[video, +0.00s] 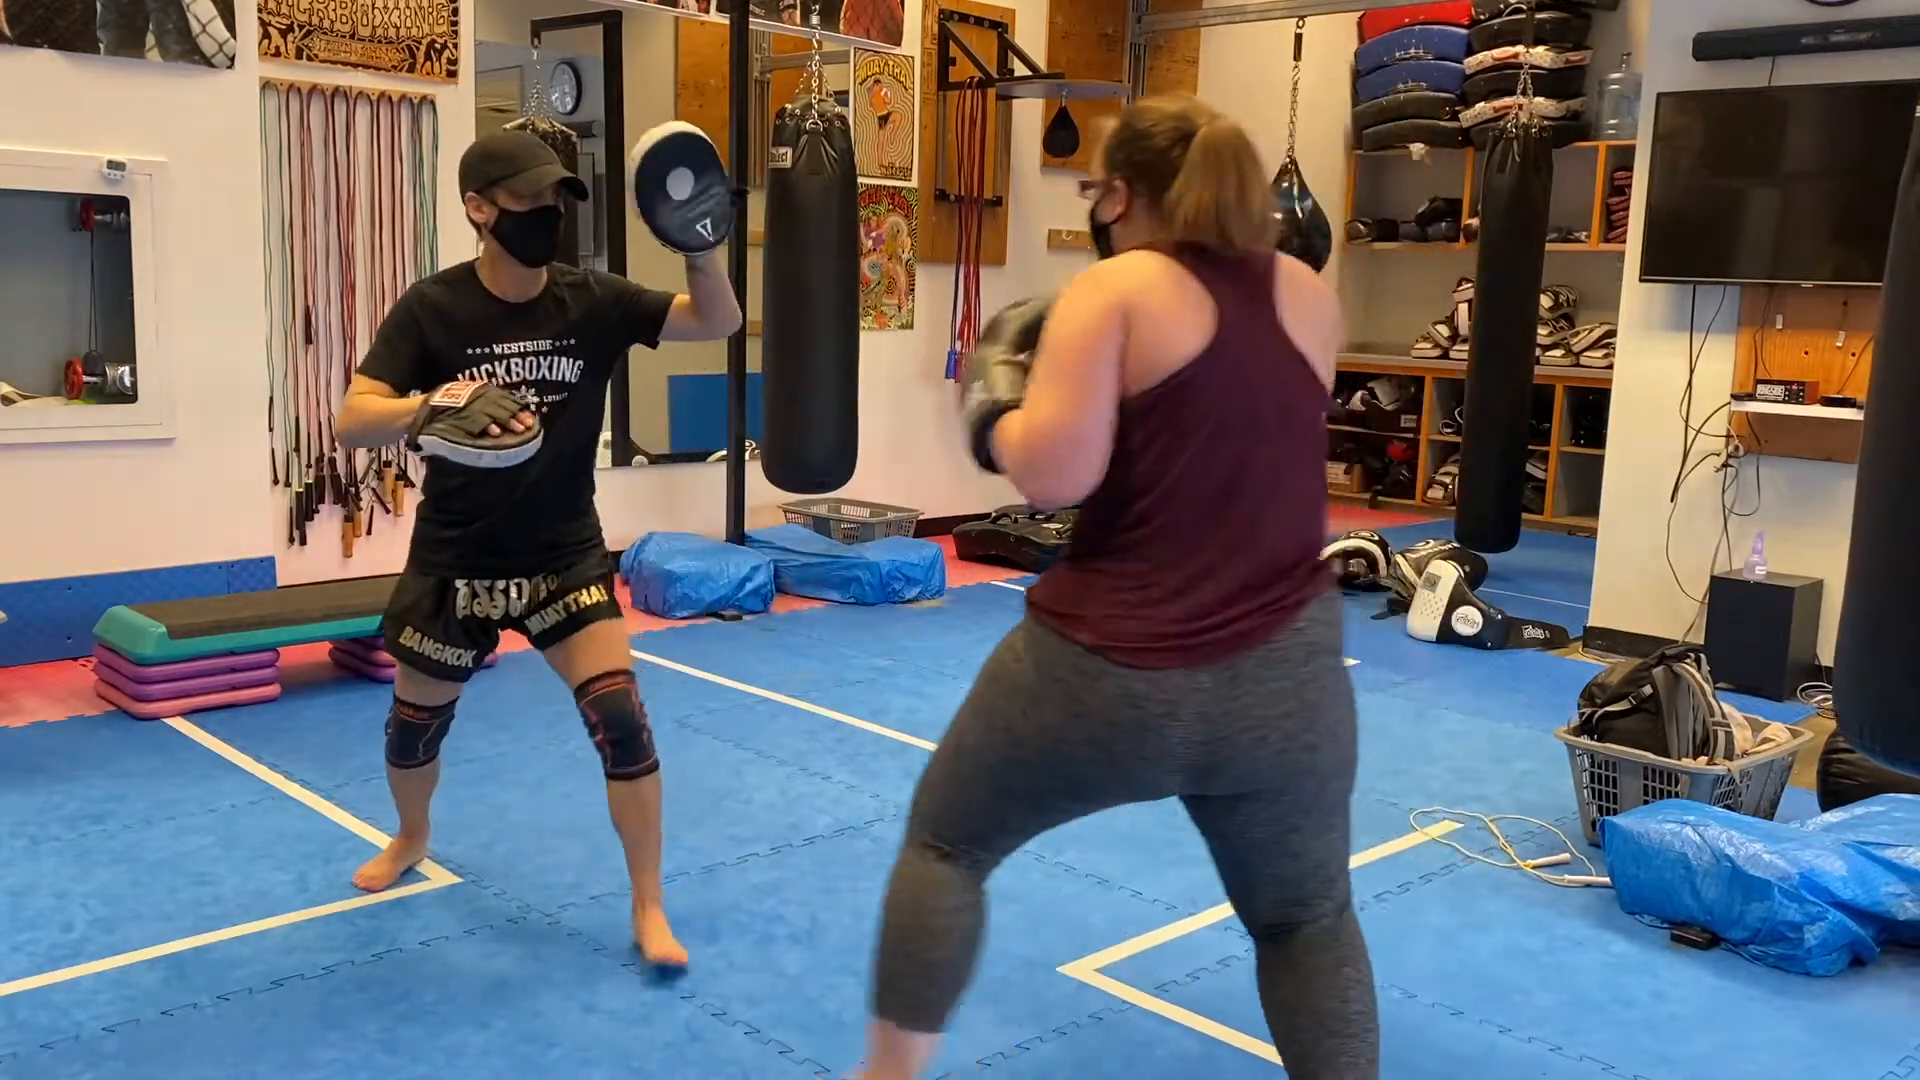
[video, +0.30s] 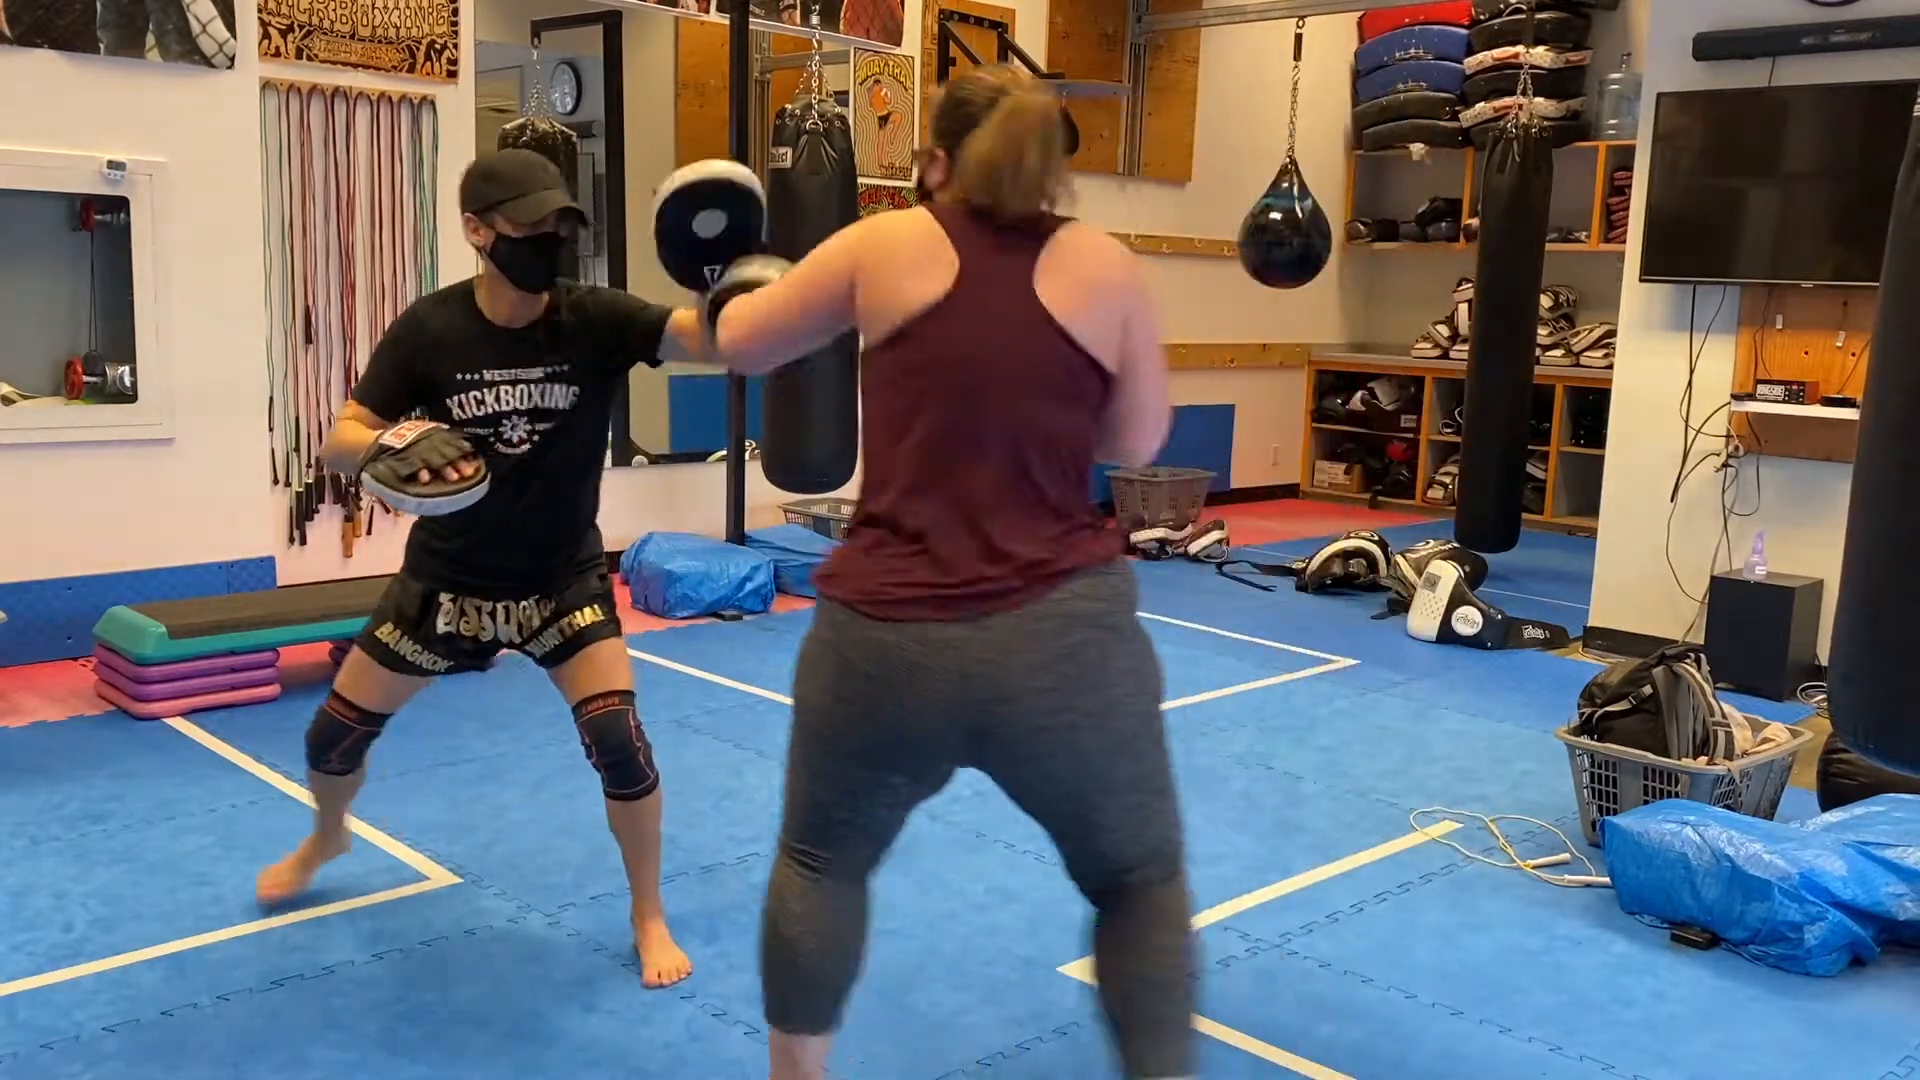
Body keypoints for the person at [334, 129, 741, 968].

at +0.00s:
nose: (552, 217)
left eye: (559, 201)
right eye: (531, 203)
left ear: (570, 200)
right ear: (480, 206)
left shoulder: (594, 303)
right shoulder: (431, 309)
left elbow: (717, 319)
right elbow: (353, 419)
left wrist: (698, 232)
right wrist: (430, 408)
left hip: (563, 549)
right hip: (451, 556)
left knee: (621, 719)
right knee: (413, 725)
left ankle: (650, 906)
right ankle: (410, 840)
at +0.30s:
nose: (550, 246)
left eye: (558, 229)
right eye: (529, 231)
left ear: (570, 225)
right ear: (479, 228)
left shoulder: (599, 321)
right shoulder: (428, 329)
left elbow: (717, 338)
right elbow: (339, 439)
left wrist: (744, 278)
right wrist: (387, 446)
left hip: (563, 576)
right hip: (445, 576)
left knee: (620, 746)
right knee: (333, 740)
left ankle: (650, 915)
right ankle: (329, 835)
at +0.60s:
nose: (453, 253)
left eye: (463, 236)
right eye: (432, 240)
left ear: (476, 234)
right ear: (384, 238)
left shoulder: (506, 330)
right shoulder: (338, 330)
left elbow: (599, 373)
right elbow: (264, 450)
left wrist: (629, 323)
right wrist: (313, 457)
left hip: (485, 568)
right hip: (366, 573)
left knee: (566, 732)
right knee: (280, 744)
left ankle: (639, 899)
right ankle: (265, 872)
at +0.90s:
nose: (531, 297)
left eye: (541, 279)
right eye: (511, 283)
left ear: (560, 274)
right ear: (481, 284)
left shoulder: (585, 357)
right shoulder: (432, 362)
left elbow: (630, 461)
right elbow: (352, 454)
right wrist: (404, 506)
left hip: (560, 584)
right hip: (441, 586)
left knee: (623, 731)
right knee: (335, 745)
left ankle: (669, 874)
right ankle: (264, 870)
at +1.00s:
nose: (577, 276)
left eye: (592, 257)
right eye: (562, 258)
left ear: (611, 258)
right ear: (532, 259)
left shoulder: (643, 342)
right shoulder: (501, 338)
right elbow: (438, 419)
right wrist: (455, 483)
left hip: (614, 566)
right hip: (514, 558)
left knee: (649, 716)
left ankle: (673, 872)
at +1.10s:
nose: (622, 255)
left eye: (633, 229)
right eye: (606, 233)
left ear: (663, 219)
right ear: (591, 233)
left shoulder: (712, 312)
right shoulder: (574, 301)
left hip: (675, 534)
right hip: (573, 524)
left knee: (679, 692)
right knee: (484, 675)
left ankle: (680, 863)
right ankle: (440, 838)